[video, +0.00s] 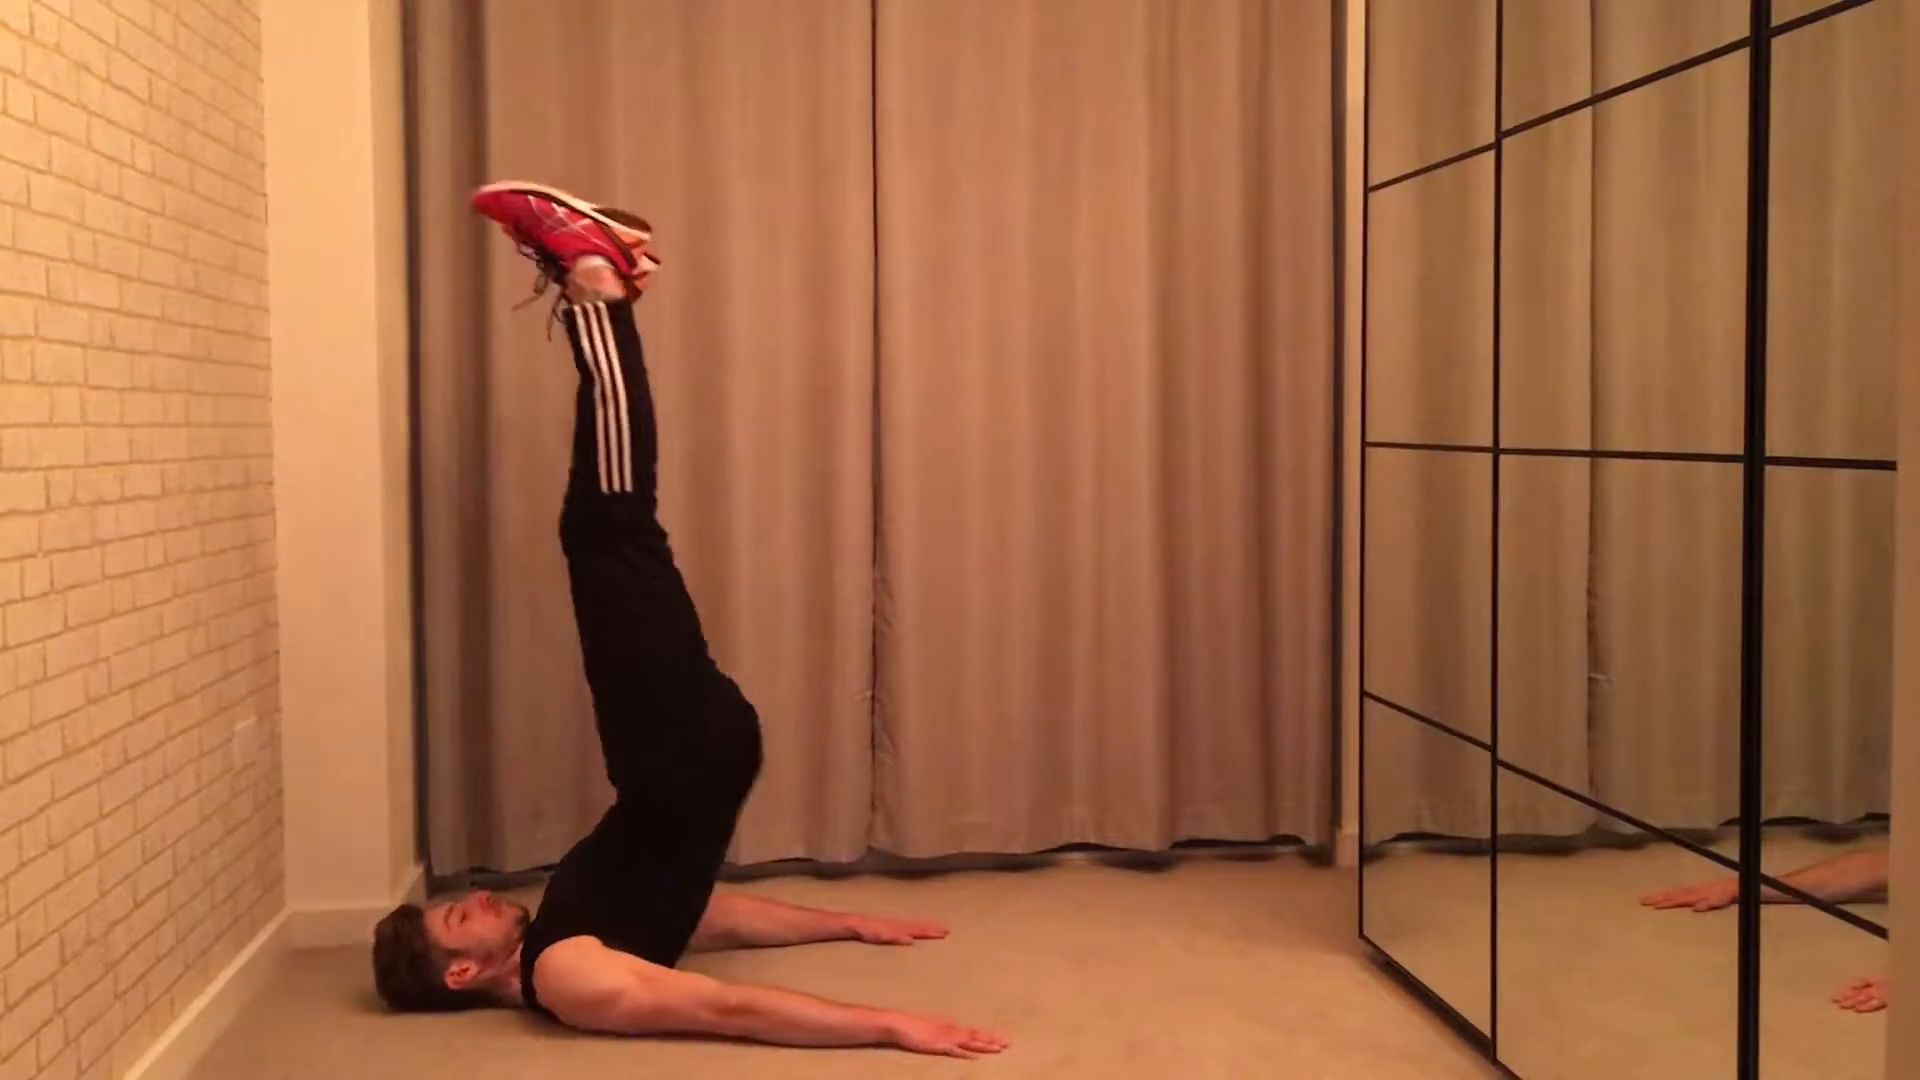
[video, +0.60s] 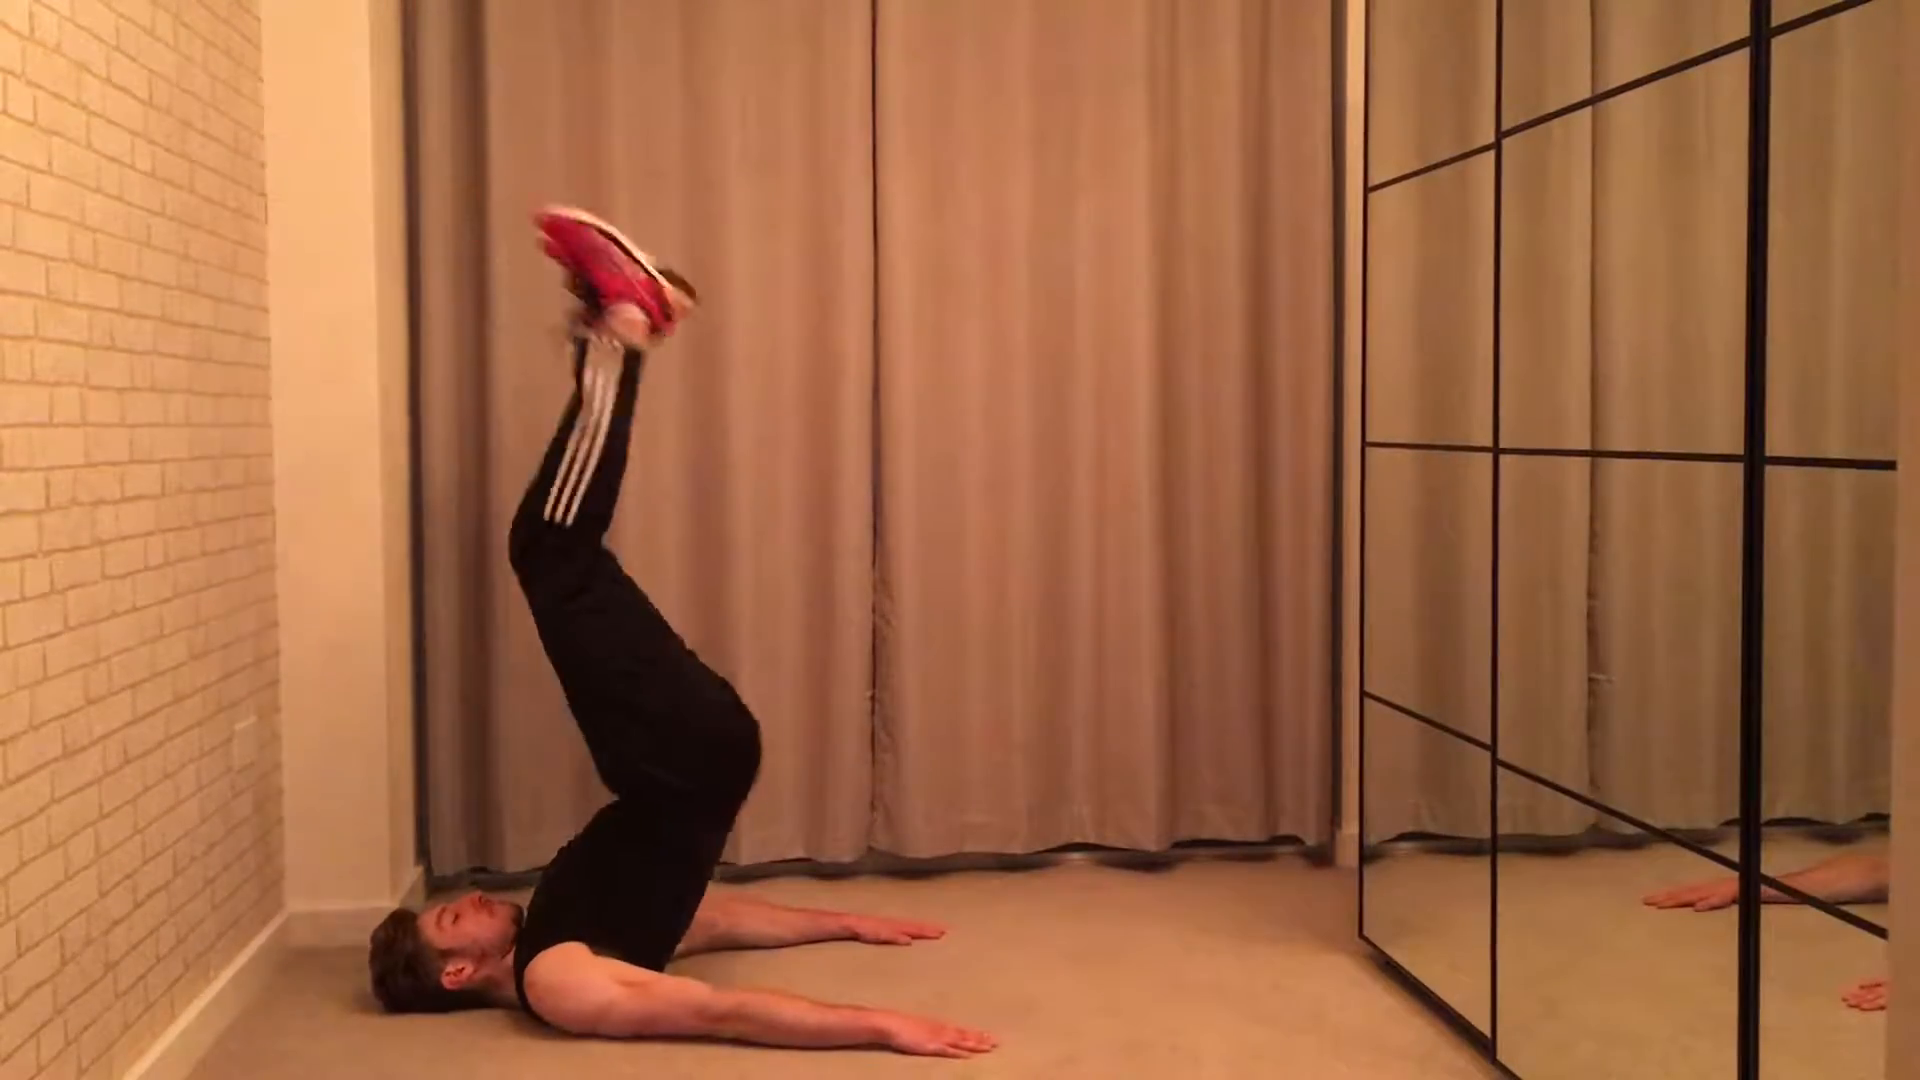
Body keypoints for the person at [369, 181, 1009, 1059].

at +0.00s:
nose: (479, 899)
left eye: (459, 900)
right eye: (460, 918)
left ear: (482, 907)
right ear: (468, 972)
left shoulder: (575, 939)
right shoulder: (568, 975)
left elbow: (724, 914)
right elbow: (728, 1012)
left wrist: (851, 925)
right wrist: (892, 1028)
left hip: (685, 762)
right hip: (696, 762)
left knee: (611, 531)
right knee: (607, 533)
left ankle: (596, 291)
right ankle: (591, 288)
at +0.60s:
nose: (470, 900)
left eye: (452, 903)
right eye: (452, 920)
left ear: (474, 906)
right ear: (463, 973)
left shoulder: (566, 936)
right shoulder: (560, 981)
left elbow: (712, 916)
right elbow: (719, 1014)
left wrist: (847, 926)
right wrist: (885, 1029)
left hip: (680, 772)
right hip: (701, 763)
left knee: (548, 544)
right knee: (547, 547)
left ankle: (615, 333)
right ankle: (616, 332)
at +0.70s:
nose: (464, 901)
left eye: (446, 903)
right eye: (449, 919)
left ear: (472, 943)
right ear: (460, 968)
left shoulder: (565, 941)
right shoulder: (559, 984)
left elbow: (712, 925)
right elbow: (721, 1019)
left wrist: (838, 922)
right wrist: (878, 1029)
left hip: (714, 775)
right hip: (731, 776)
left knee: (550, 606)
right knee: (543, 607)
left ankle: (668, 418)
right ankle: (673, 423)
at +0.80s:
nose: (458, 896)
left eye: (437, 898)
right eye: (439, 913)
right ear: (451, 969)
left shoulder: (552, 941)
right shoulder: (560, 983)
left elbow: (708, 922)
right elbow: (723, 1016)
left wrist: (838, 920)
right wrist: (879, 1022)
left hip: (749, 825)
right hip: (769, 829)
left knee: (581, 673)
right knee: (579, 680)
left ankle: (723, 512)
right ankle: (746, 533)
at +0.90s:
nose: (464, 880)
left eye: (443, 883)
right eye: (446, 897)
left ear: (463, 936)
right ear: (457, 953)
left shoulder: (555, 933)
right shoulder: (564, 973)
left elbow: (704, 913)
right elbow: (717, 1019)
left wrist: (838, 917)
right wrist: (879, 1015)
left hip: (787, 879)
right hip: (802, 888)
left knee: (650, 699)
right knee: (653, 710)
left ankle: (841, 599)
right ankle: (858, 631)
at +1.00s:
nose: (528, 827)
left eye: (511, 818)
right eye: (503, 834)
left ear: (508, 872)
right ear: (491, 890)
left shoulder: (583, 896)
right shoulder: (576, 941)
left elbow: (728, 909)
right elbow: (720, 1019)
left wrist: (871, 923)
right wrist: (876, 1010)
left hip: (811, 914)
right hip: (827, 942)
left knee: (762, 691)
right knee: (765, 700)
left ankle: (985, 735)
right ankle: (998, 750)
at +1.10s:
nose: (627, 770)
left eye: (615, 755)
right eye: (604, 765)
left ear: (570, 798)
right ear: (562, 803)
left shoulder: (622, 854)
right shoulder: (620, 887)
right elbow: (714, 1023)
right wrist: (870, 1001)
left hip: (837, 911)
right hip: (863, 940)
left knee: (883, 682)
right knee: (906, 706)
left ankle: (1011, 853)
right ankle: (1075, 862)